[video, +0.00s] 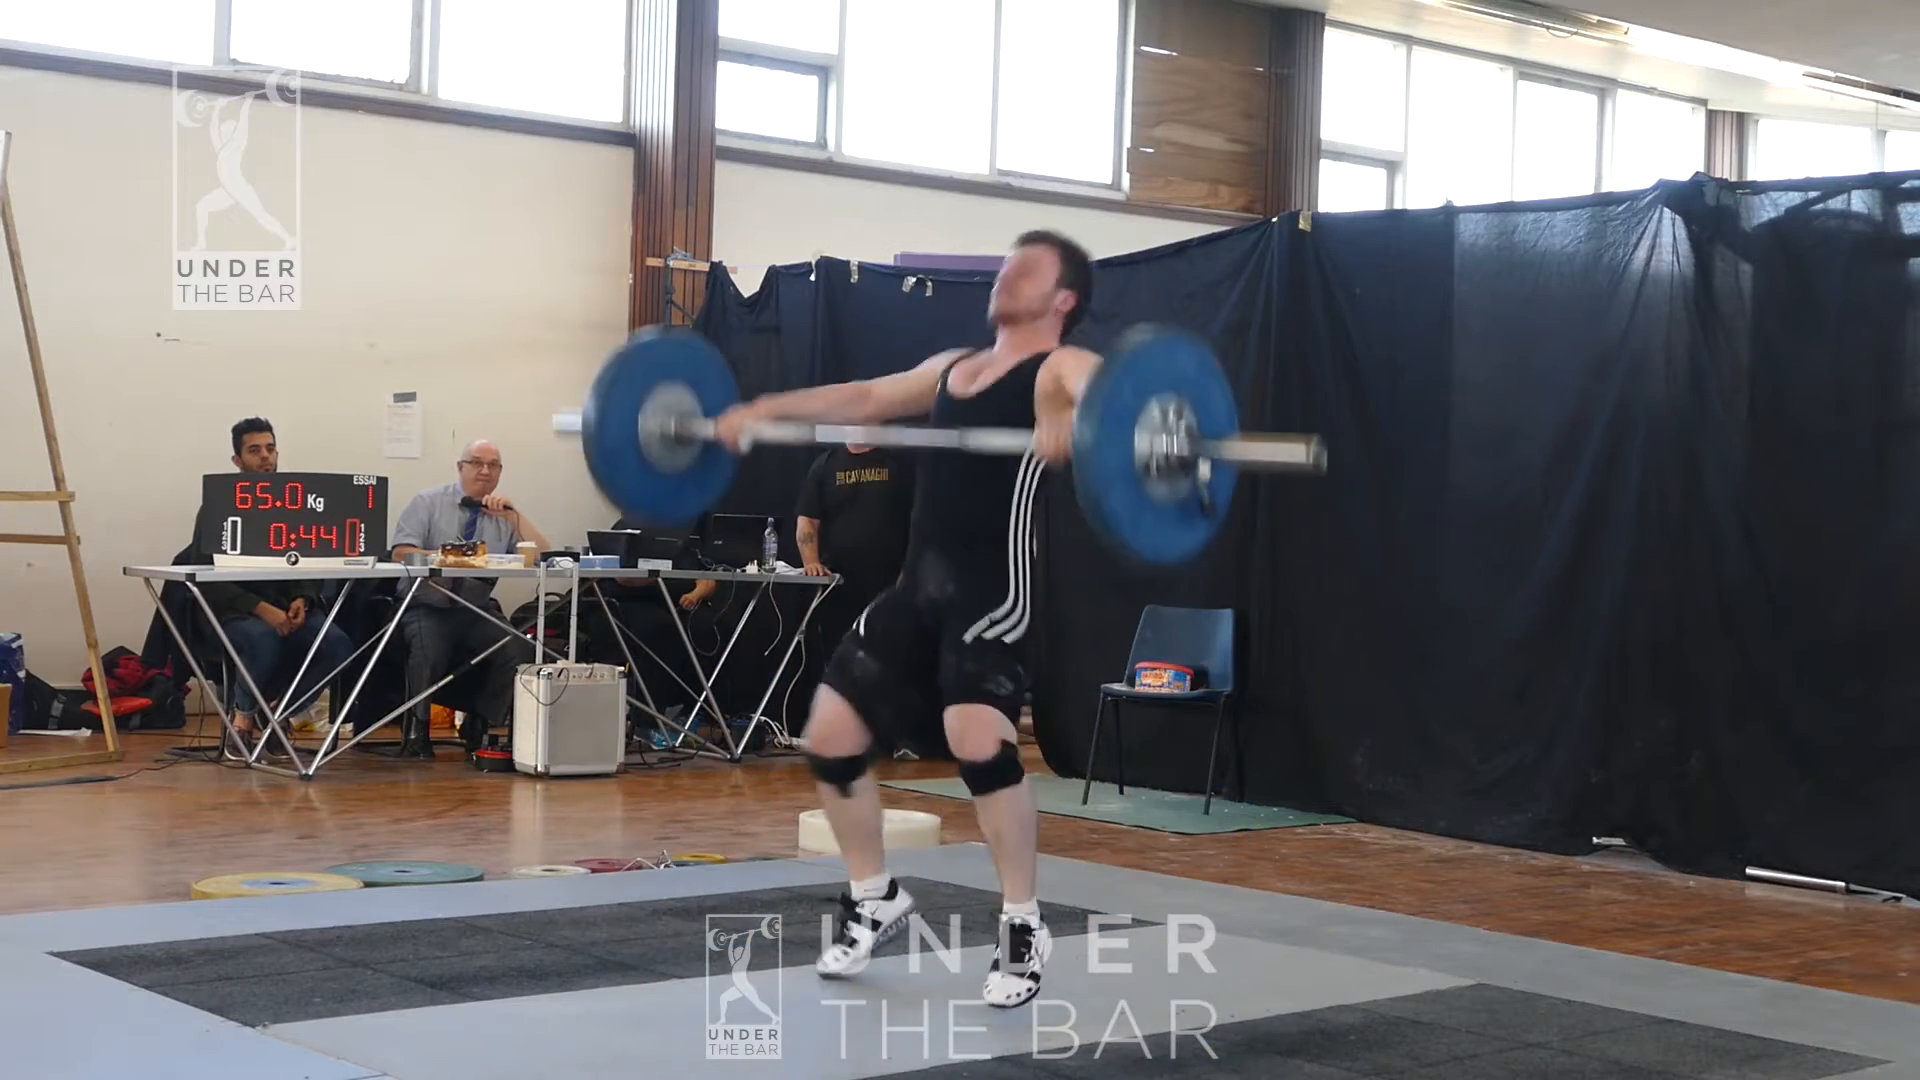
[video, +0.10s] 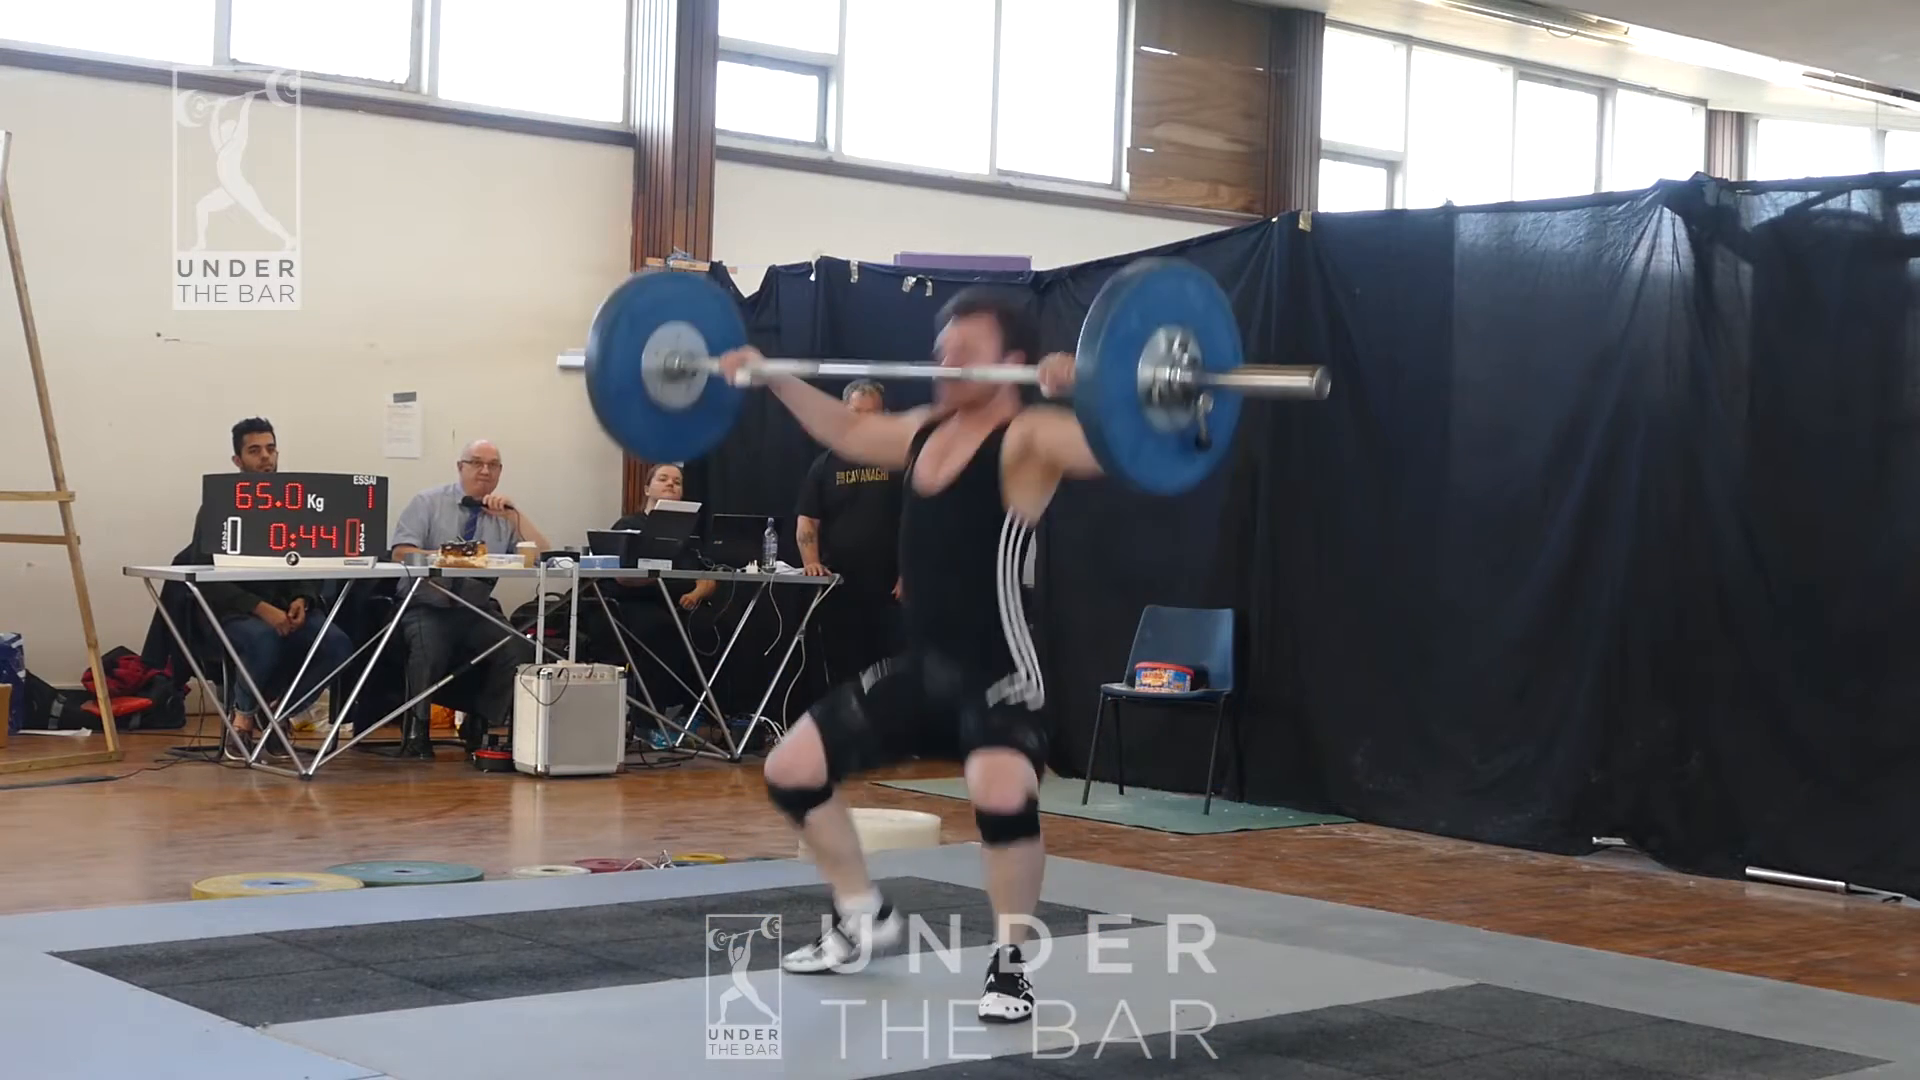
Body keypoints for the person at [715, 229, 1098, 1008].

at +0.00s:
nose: (1005, 272)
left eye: (1024, 267)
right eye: (1007, 261)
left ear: (1062, 298)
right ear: (999, 285)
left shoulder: (1064, 366)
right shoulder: (956, 365)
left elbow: (1108, 399)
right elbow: (864, 401)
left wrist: (1075, 420)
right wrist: (762, 409)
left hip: (993, 597)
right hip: (916, 591)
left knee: (977, 739)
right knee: (831, 738)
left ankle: (1020, 925)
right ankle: (874, 902)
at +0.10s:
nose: (948, 368)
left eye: (966, 356)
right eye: (944, 355)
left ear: (1012, 363)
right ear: (938, 359)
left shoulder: (1033, 432)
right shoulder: (924, 432)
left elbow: (1125, 449)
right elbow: (846, 431)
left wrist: (1082, 388)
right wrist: (771, 374)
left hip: (1000, 673)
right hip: (920, 666)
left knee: (1001, 791)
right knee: (791, 769)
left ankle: (1012, 956)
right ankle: (862, 916)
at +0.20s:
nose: (864, 469)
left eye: (880, 455)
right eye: (861, 457)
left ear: (928, 464)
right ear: (859, 462)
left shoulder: (967, 528)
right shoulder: (865, 524)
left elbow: (1051, 491)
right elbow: (795, 473)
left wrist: (1069, 395)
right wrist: (750, 381)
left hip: (997, 743)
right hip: (902, 747)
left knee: (974, 806)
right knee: (783, 797)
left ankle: (1004, 961)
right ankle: (863, 932)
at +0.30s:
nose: (825, 514)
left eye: (840, 499)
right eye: (820, 499)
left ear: (891, 503)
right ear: (821, 506)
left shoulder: (938, 558)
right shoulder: (840, 561)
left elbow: (1015, 508)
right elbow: (783, 486)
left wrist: (1073, 417)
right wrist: (746, 396)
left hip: (988, 762)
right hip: (894, 768)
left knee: (961, 816)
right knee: (771, 802)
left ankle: (1002, 961)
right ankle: (861, 932)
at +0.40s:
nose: (812, 531)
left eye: (827, 517)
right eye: (808, 517)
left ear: (876, 521)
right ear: (804, 523)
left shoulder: (928, 577)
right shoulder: (830, 578)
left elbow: (1012, 534)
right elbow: (781, 509)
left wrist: (1073, 444)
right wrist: (747, 415)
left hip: (983, 771)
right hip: (892, 777)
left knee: (945, 822)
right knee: (764, 812)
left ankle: (999, 957)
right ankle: (861, 931)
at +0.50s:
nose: (804, 531)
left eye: (818, 517)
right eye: (800, 517)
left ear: (868, 520)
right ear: (797, 524)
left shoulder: (923, 579)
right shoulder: (823, 577)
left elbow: (1009, 537)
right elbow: (774, 509)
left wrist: (1072, 447)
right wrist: (748, 418)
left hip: (982, 767)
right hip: (886, 776)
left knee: (934, 819)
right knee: (764, 815)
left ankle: (997, 960)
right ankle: (860, 930)